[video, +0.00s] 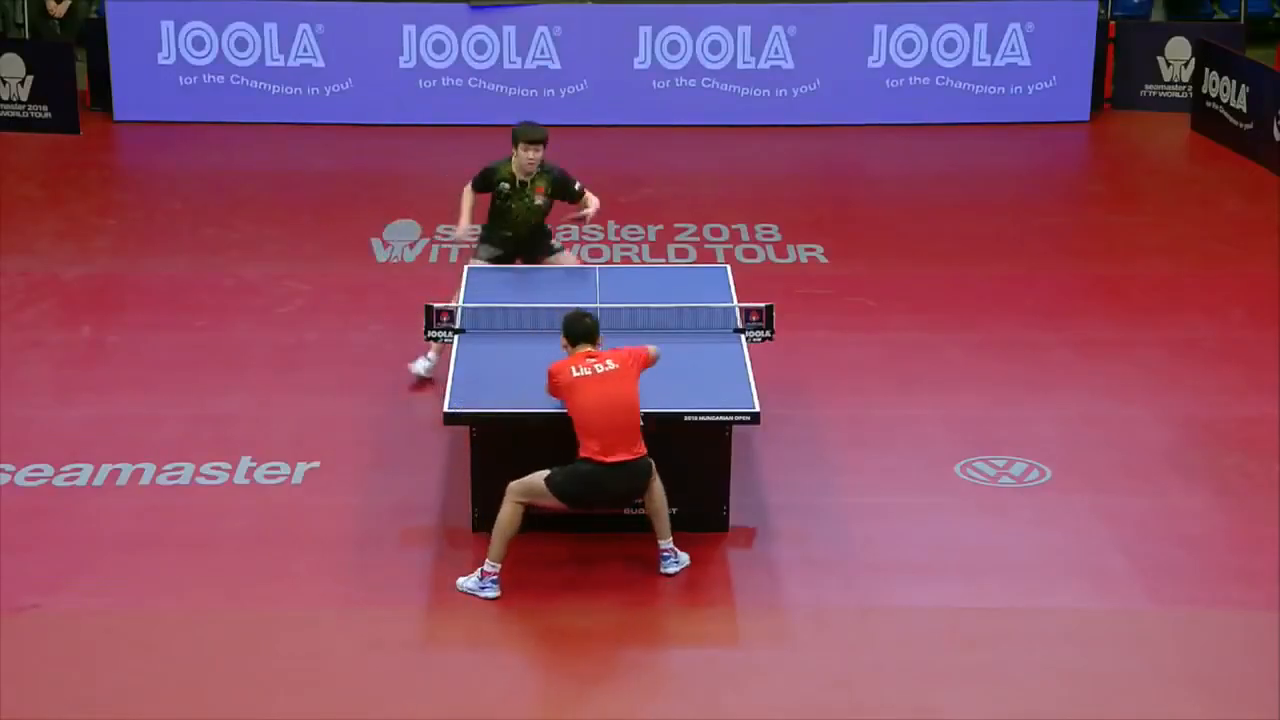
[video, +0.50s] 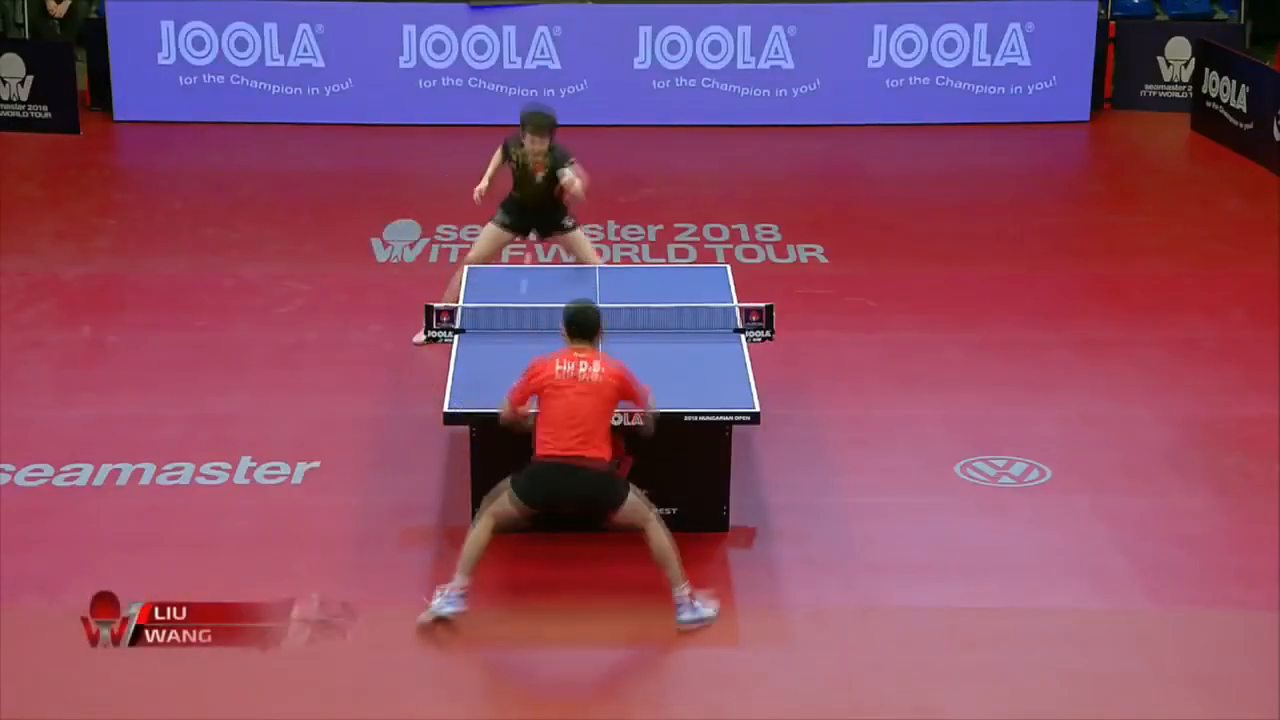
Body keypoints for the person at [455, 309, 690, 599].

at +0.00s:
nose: (560, 344)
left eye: (561, 339)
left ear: (565, 343)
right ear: (599, 338)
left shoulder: (560, 371)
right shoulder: (626, 358)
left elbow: (555, 393)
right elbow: (654, 353)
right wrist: (618, 359)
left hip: (589, 476)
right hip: (635, 474)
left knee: (516, 491)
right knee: (649, 470)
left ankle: (487, 576)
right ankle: (669, 554)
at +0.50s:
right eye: (599, 330)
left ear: (564, 332)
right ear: (599, 332)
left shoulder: (543, 366)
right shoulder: (614, 370)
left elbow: (508, 415)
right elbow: (648, 410)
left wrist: (534, 422)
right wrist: (645, 429)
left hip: (544, 475)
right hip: (595, 478)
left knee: (488, 517)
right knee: (650, 522)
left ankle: (454, 593)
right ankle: (685, 601)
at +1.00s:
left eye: (443, 361)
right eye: (481, 359)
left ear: (444, 367)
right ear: (479, 365)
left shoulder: (434, 417)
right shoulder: (503, 401)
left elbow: (423, 477)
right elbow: (561, 408)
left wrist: (410, 492)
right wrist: (578, 370)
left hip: (461, 524)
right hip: (512, 518)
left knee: (393, 557)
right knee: (554, 539)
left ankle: (356, 642)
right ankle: (587, 616)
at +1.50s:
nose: (529, 376)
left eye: (530, 371)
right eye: (561, 375)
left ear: (532, 375)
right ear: (567, 376)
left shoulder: (522, 415)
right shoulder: (583, 411)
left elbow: (476, 460)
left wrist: (437, 439)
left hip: (530, 532)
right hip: (578, 534)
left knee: (462, 556)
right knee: (635, 566)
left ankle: (429, 644)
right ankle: (678, 649)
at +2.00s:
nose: (530, 385)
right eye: (531, 380)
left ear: (491, 381)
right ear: (527, 385)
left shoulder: (463, 418)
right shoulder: (541, 425)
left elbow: (430, 469)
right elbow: (584, 470)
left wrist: (456, 490)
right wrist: (580, 442)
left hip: (461, 538)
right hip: (511, 543)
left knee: (409, 583)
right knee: (582, 584)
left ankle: (357, 661)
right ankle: (604, 680)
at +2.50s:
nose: (428, 393)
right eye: (424, 388)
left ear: (386, 402)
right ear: (422, 395)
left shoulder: (381, 456)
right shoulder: (446, 419)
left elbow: (367, 502)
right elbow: (464, 369)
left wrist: (388, 453)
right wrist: (414, 351)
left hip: (427, 552)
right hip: (478, 546)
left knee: (376, 573)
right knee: (541, 584)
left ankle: (344, 656)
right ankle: (547, 663)